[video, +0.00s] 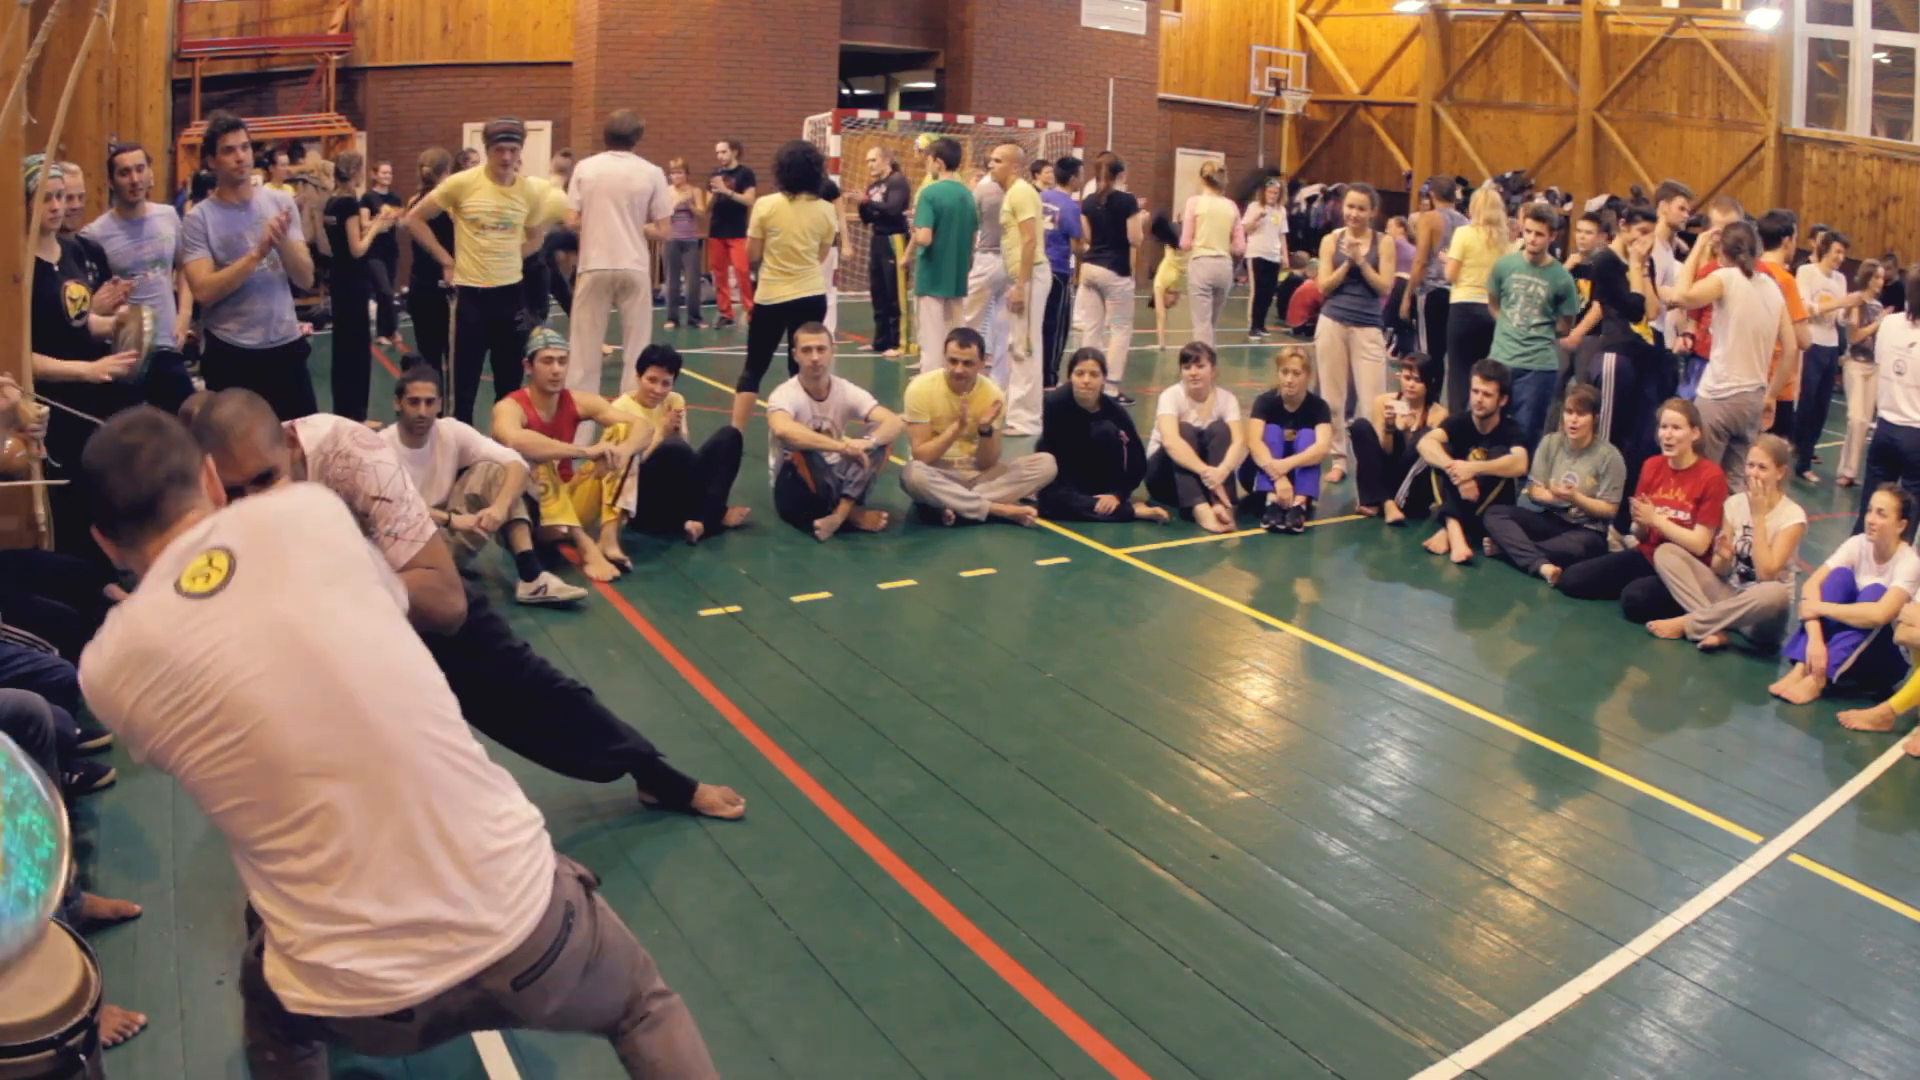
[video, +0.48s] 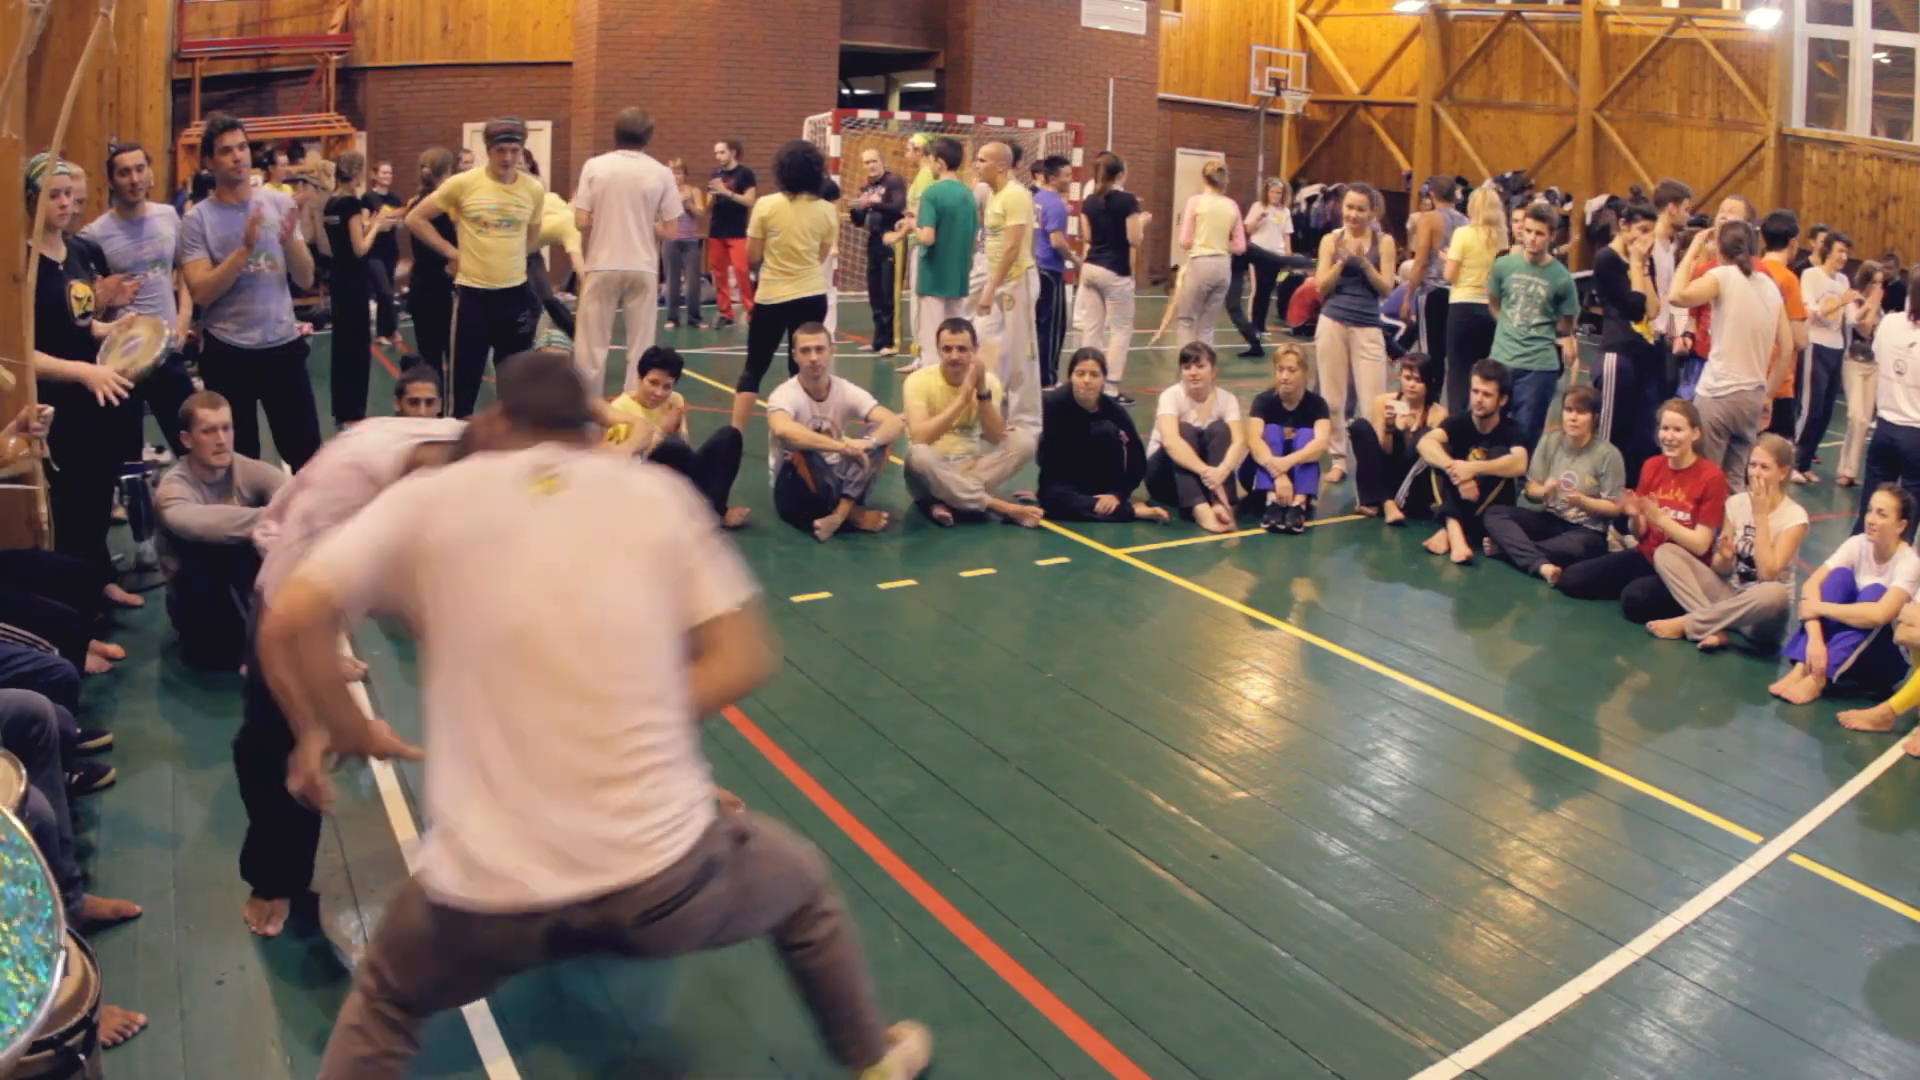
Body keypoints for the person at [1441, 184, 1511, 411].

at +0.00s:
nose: (1469, 210)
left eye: (1471, 206)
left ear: (1474, 208)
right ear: (1500, 210)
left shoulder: (1464, 233)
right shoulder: (1505, 239)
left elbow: (1451, 273)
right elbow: (1507, 274)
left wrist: (1447, 260)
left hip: (1464, 302)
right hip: (1492, 305)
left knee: (1459, 369)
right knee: (1484, 368)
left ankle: (1457, 422)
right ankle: (1482, 424)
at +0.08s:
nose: (1469, 210)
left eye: (1471, 206)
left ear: (1474, 208)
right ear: (1499, 210)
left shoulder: (1464, 233)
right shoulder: (1504, 239)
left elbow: (1453, 273)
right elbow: (1504, 274)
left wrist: (1446, 260)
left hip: (1463, 303)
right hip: (1491, 305)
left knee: (1459, 370)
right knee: (1483, 368)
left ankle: (1457, 423)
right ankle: (1481, 424)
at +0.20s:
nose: (1469, 210)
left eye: (1471, 206)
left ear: (1474, 208)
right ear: (1499, 210)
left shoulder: (1464, 234)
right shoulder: (1503, 238)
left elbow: (1454, 273)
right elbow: (1503, 273)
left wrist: (1444, 259)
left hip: (1463, 303)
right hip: (1491, 305)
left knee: (1458, 369)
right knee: (1483, 368)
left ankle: (1456, 423)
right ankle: (1481, 424)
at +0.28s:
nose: (1469, 209)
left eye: (1471, 206)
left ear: (1473, 208)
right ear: (1498, 209)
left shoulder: (1464, 233)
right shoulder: (1502, 238)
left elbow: (1453, 274)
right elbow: (1503, 273)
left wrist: (1443, 259)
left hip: (1463, 303)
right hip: (1490, 305)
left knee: (1458, 370)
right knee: (1484, 368)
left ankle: (1456, 424)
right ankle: (1482, 424)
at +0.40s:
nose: (1469, 210)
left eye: (1470, 206)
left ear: (1472, 208)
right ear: (1498, 210)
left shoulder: (1464, 233)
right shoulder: (1502, 238)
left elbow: (1452, 274)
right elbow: (1504, 273)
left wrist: (1446, 260)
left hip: (1463, 302)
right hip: (1491, 305)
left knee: (1458, 368)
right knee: (1484, 366)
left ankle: (1457, 422)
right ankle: (1483, 423)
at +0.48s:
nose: (1469, 209)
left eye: (1471, 206)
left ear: (1473, 208)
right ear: (1498, 209)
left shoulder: (1463, 234)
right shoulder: (1501, 237)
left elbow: (1450, 274)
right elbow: (1502, 272)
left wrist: (1447, 259)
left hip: (1462, 302)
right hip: (1490, 305)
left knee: (1458, 368)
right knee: (1483, 366)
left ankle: (1457, 422)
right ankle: (1482, 422)